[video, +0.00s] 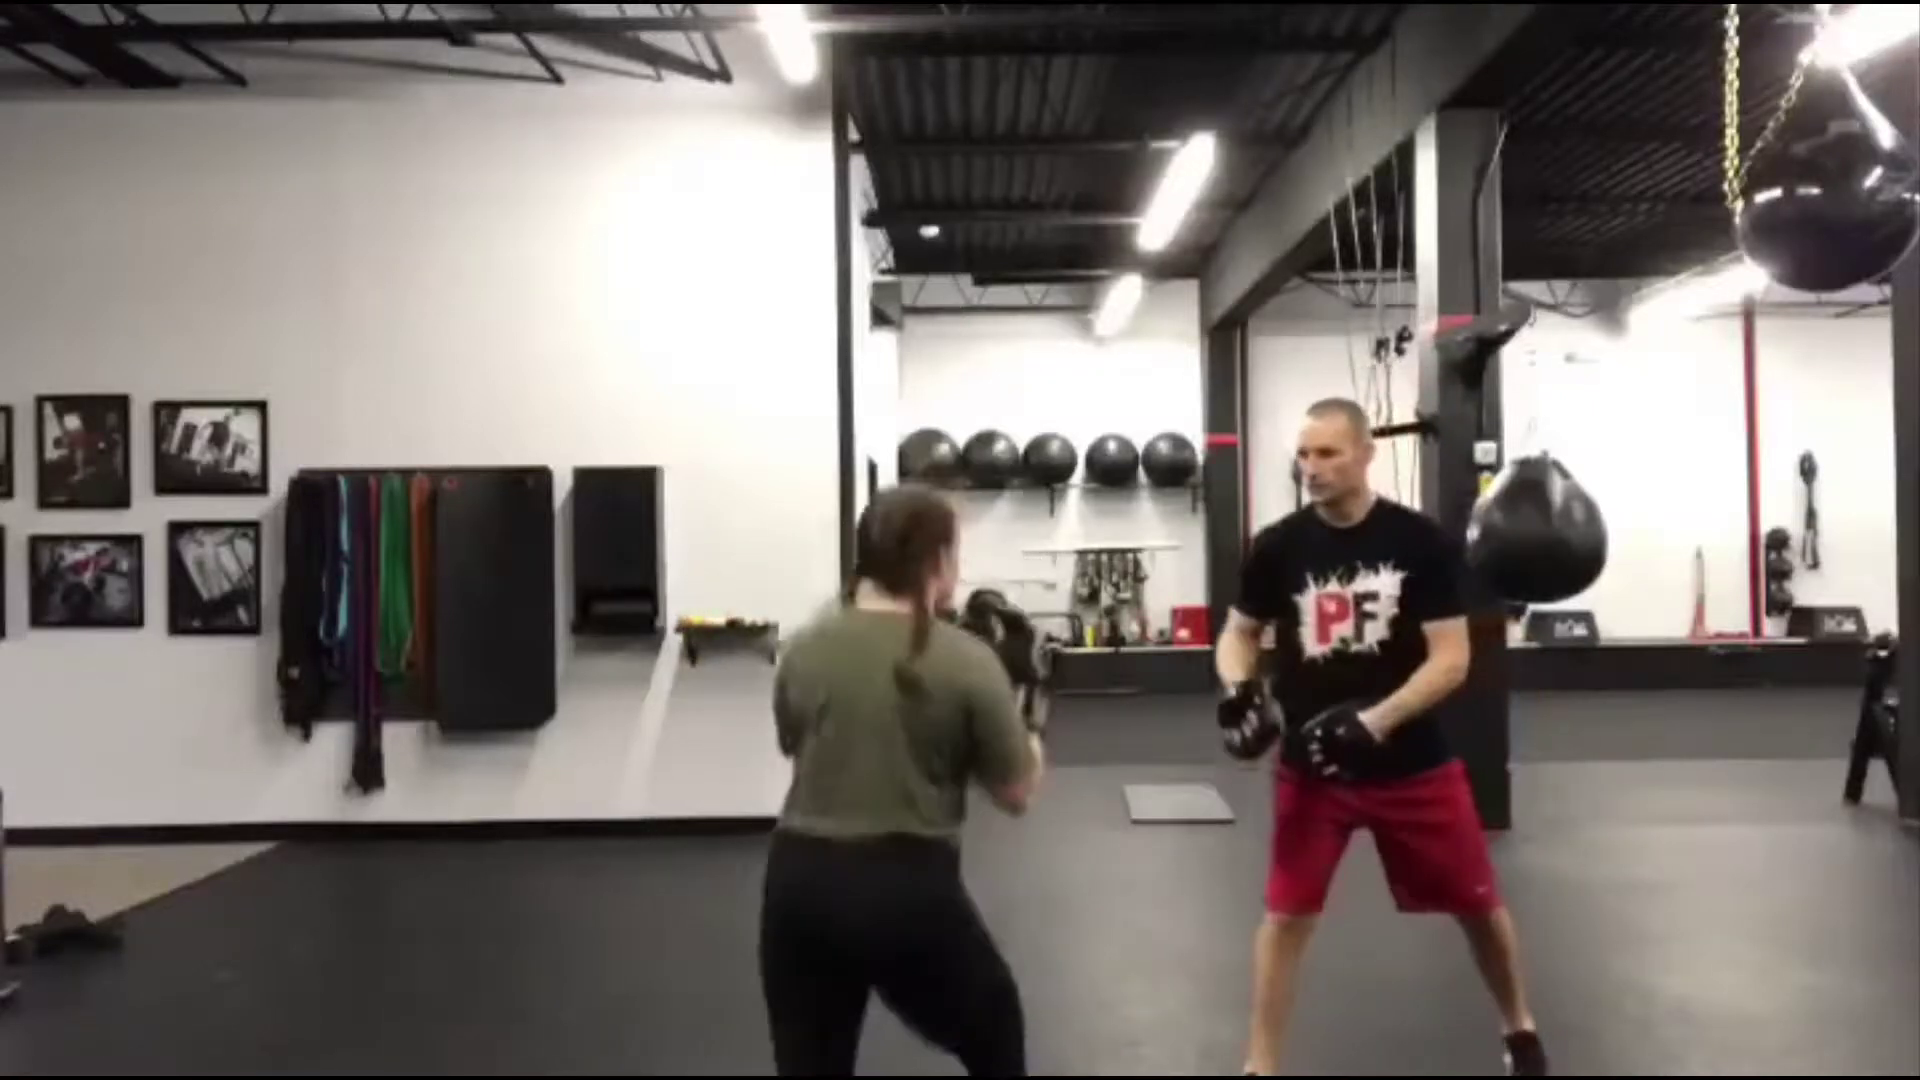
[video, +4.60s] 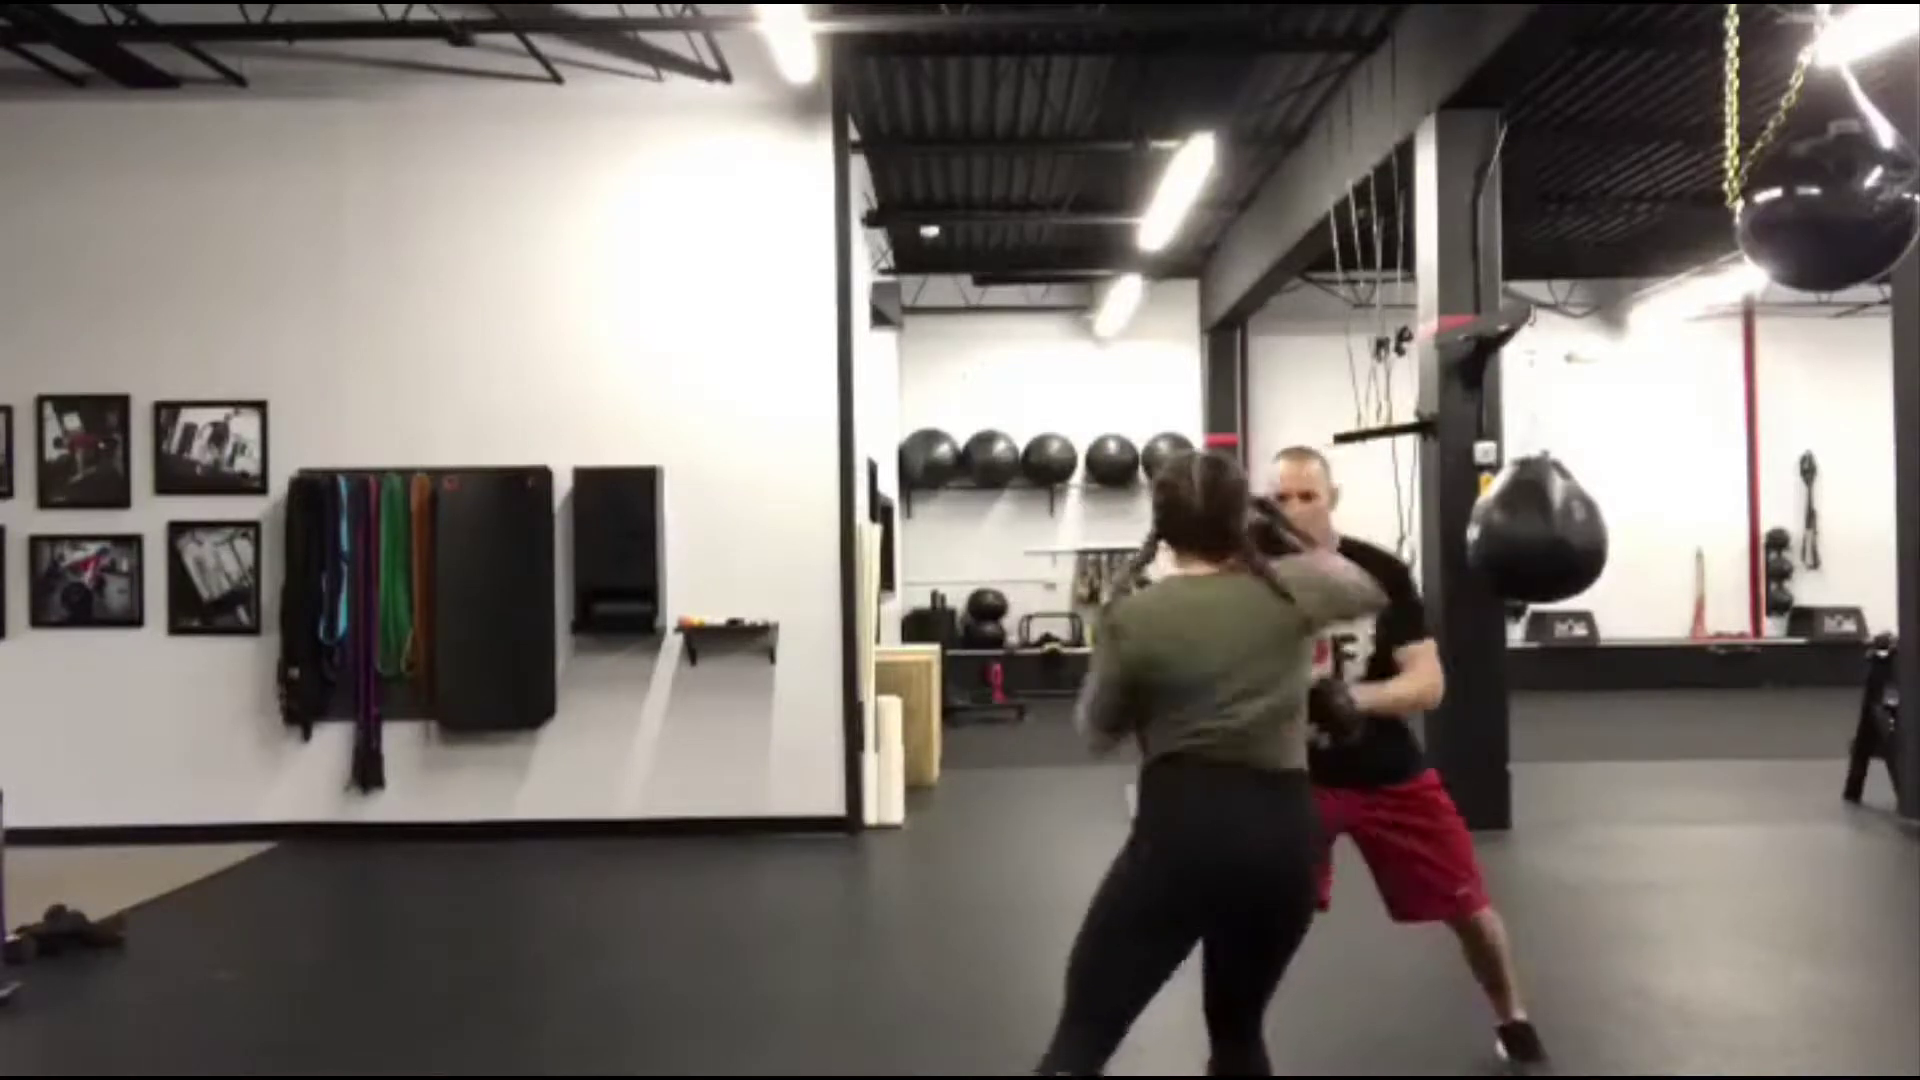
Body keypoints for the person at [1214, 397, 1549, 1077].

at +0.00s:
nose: (1311, 467)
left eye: (1327, 454)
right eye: (1304, 455)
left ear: (1367, 456)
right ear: (1297, 460)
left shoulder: (1421, 542)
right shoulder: (1276, 548)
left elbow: (1452, 658)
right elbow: (1240, 633)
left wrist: (1374, 720)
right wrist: (1238, 692)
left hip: (1417, 765)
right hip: (1314, 769)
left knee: (1480, 905)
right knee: (1287, 916)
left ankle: (1521, 1032)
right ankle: (1261, 1063)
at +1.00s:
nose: (1365, 471)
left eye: (1379, 457)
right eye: (1356, 460)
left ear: (1415, 460)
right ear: (1347, 467)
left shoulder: (1464, 550)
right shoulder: (1326, 553)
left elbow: (1499, 665)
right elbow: (1288, 654)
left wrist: (1409, 682)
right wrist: (1275, 603)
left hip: (1452, 778)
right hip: (1348, 775)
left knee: (1508, 921)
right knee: (1308, 914)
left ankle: (1543, 1043)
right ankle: (1265, 1063)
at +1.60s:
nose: (1294, 478)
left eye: (1307, 464)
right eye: (1285, 467)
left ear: (1345, 464)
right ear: (1278, 475)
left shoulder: (1408, 542)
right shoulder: (1267, 558)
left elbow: (1448, 650)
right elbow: (1227, 653)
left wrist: (1369, 645)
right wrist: (1218, 656)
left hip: (1416, 770)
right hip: (1314, 773)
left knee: (1476, 909)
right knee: (1287, 914)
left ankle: (1516, 1025)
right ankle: (1262, 1064)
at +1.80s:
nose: (1322, 503)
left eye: (1335, 489)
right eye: (1312, 491)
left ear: (1372, 485)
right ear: (1304, 494)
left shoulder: (1423, 556)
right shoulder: (1291, 571)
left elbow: (1441, 666)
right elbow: (1257, 662)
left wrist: (1349, 630)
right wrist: (1285, 739)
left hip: (1425, 779)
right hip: (1329, 777)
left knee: (1483, 922)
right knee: (1293, 914)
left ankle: (1508, 1022)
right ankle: (1261, 1065)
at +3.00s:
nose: (1335, 500)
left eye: (1349, 488)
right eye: (1331, 488)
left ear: (1389, 493)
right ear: (1327, 493)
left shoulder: (1439, 566)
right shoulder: (1310, 571)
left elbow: (1464, 680)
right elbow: (1253, 650)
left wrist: (1410, 615)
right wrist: (1258, 694)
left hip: (1429, 778)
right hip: (1327, 775)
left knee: (1491, 917)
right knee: (1284, 905)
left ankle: (1509, 1026)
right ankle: (1245, 1053)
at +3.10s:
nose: (1334, 496)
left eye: (1349, 484)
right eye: (1329, 485)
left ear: (1388, 489)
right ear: (1323, 493)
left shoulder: (1440, 564)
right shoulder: (1309, 570)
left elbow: (1465, 677)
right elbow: (1283, 657)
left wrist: (1407, 608)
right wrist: (1250, 604)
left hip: (1431, 778)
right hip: (1329, 772)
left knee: (1491, 919)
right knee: (1282, 904)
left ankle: (1510, 1026)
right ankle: (1245, 1052)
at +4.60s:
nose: (1295, 509)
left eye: (1307, 496)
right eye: (1284, 499)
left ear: (1331, 499)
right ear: (1271, 506)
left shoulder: (1379, 571)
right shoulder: (1260, 581)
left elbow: (1428, 682)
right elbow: (1239, 675)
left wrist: (1354, 698)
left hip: (1395, 778)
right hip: (1303, 782)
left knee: (1472, 912)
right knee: (1267, 919)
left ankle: (1515, 1023)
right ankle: (1233, 1045)